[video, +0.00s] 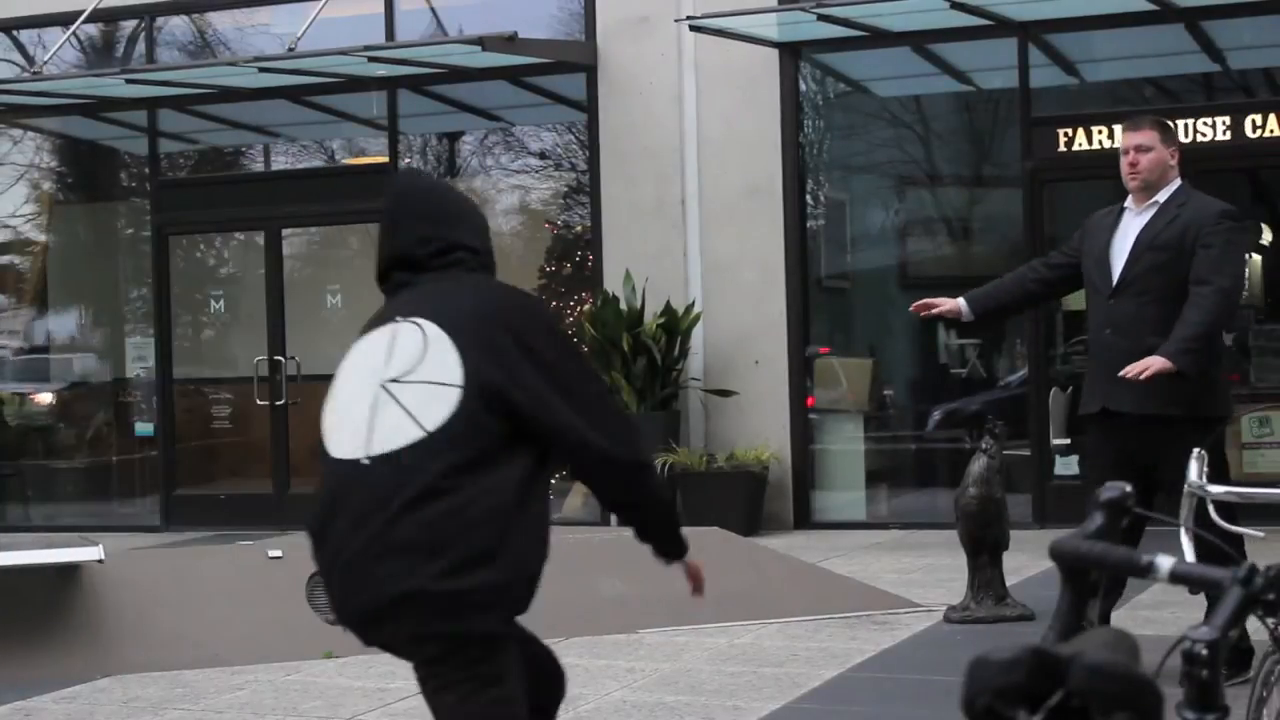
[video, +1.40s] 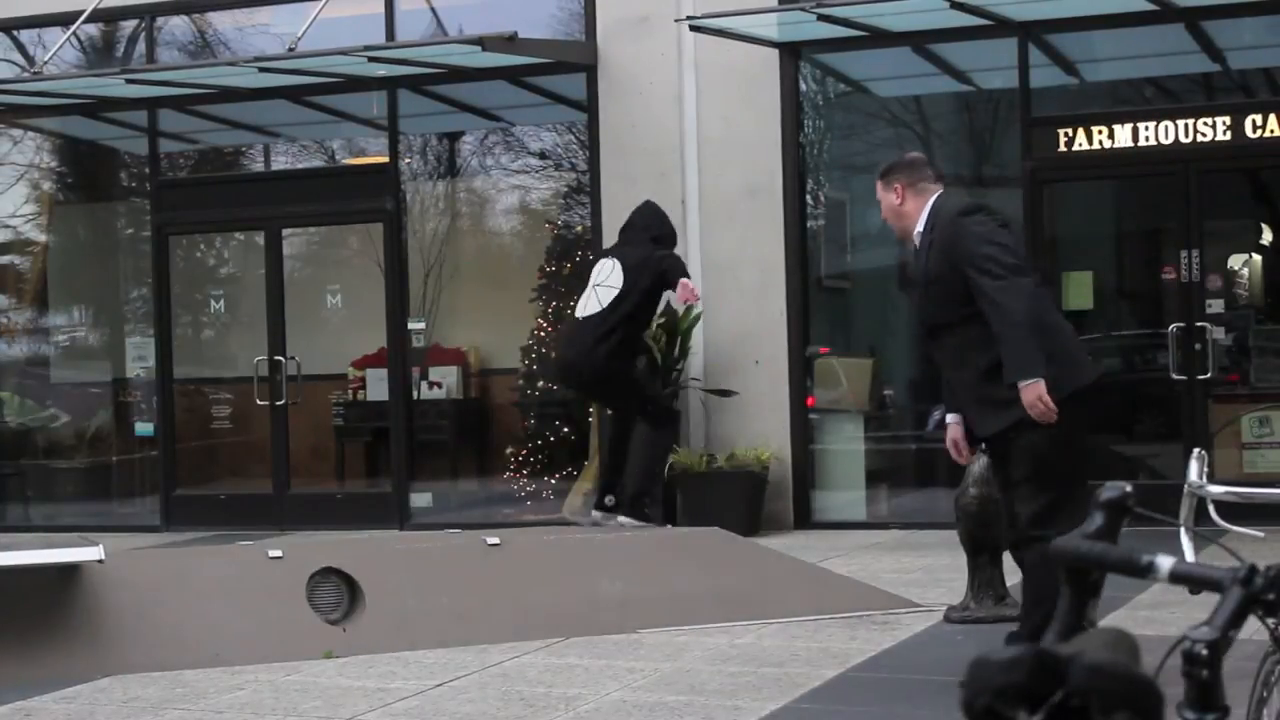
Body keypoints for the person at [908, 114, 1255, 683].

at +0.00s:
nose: (1129, 161)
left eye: (1140, 151)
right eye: (1124, 154)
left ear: (1173, 155)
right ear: (1120, 163)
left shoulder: (1211, 218)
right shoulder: (1101, 225)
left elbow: (1212, 296)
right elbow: (1044, 275)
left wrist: (1174, 354)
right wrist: (967, 306)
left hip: (1181, 402)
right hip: (1108, 404)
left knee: (1207, 521)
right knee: (1111, 524)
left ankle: (1232, 638)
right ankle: (1078, 633)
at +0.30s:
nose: (1044, 162)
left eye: (1054, 151)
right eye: (1037, 155)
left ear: (1087, 154)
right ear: (1033, 166)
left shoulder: (1137, 210)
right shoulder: (1025, 231)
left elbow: (1162, 290)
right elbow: (967, 282)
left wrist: (1154, 358)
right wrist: (890, 321)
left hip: (1131, 395)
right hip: (1054, 403)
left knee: (1166, 517)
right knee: (1067, 525)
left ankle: (1211, 622)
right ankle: (1069, 638)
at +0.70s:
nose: (961, 183)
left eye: (969, 171)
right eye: (959, 174)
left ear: (1006, 168)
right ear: (991, 174)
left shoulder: (1075, 210)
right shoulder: (968, 251)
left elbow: (1112, 284)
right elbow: (911, 300)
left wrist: (1112, 358)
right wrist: (832, 335)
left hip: (1106, 394)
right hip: (1039, 412)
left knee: (1148, 515)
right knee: (1061, 530)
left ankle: (1197, 627)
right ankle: (1067, 642)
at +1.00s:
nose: (903, 227)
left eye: (908, 215)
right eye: (902, 218)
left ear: (940, 206)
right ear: (930, 213)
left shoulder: (1007, 229)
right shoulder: (926, 280)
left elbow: (1060, 283)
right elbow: (880, 329)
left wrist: (1083, 352)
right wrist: (805, 347)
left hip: (1106, 388)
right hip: (1050, 418)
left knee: (1169, 501)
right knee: (1054, 536)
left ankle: (1231, 603)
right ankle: (1067, 650)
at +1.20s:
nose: (887, 241)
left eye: (888, 228)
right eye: (885, 231)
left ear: (910, 216)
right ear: (914, 218)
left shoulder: (981, 233)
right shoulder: (924, 278)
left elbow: (1036, 284)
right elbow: (913, 350)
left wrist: (1063, 354)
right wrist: (862, 408)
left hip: (1075, 392)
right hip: (1021, 417)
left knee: (1138, 495)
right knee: (1031, 532)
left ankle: (1199, 594)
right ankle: (1064, 645)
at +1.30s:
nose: (883, 229)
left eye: (883, 215)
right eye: (881, 217)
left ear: (902, 205)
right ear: (911, 205)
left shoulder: (972, 228)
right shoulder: (924, 266)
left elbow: (1026, 288)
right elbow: (930, 351)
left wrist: (1052, 360)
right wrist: (916, 425)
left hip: (1062, 396)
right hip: (1013, 416)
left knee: (1097, 513)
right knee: (1034, 532)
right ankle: (1064, 641)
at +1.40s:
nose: (883, 214)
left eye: (881, 202)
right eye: (881, 204)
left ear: (899, 193)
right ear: (914, 189)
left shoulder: (964, 223)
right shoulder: (930, 242)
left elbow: (1008, 297)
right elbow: (953, 335)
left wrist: (1028, 372)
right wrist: (954, 410)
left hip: (1030, 401)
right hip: (1000, 407)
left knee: (1035, 524)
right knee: (1026, 523)